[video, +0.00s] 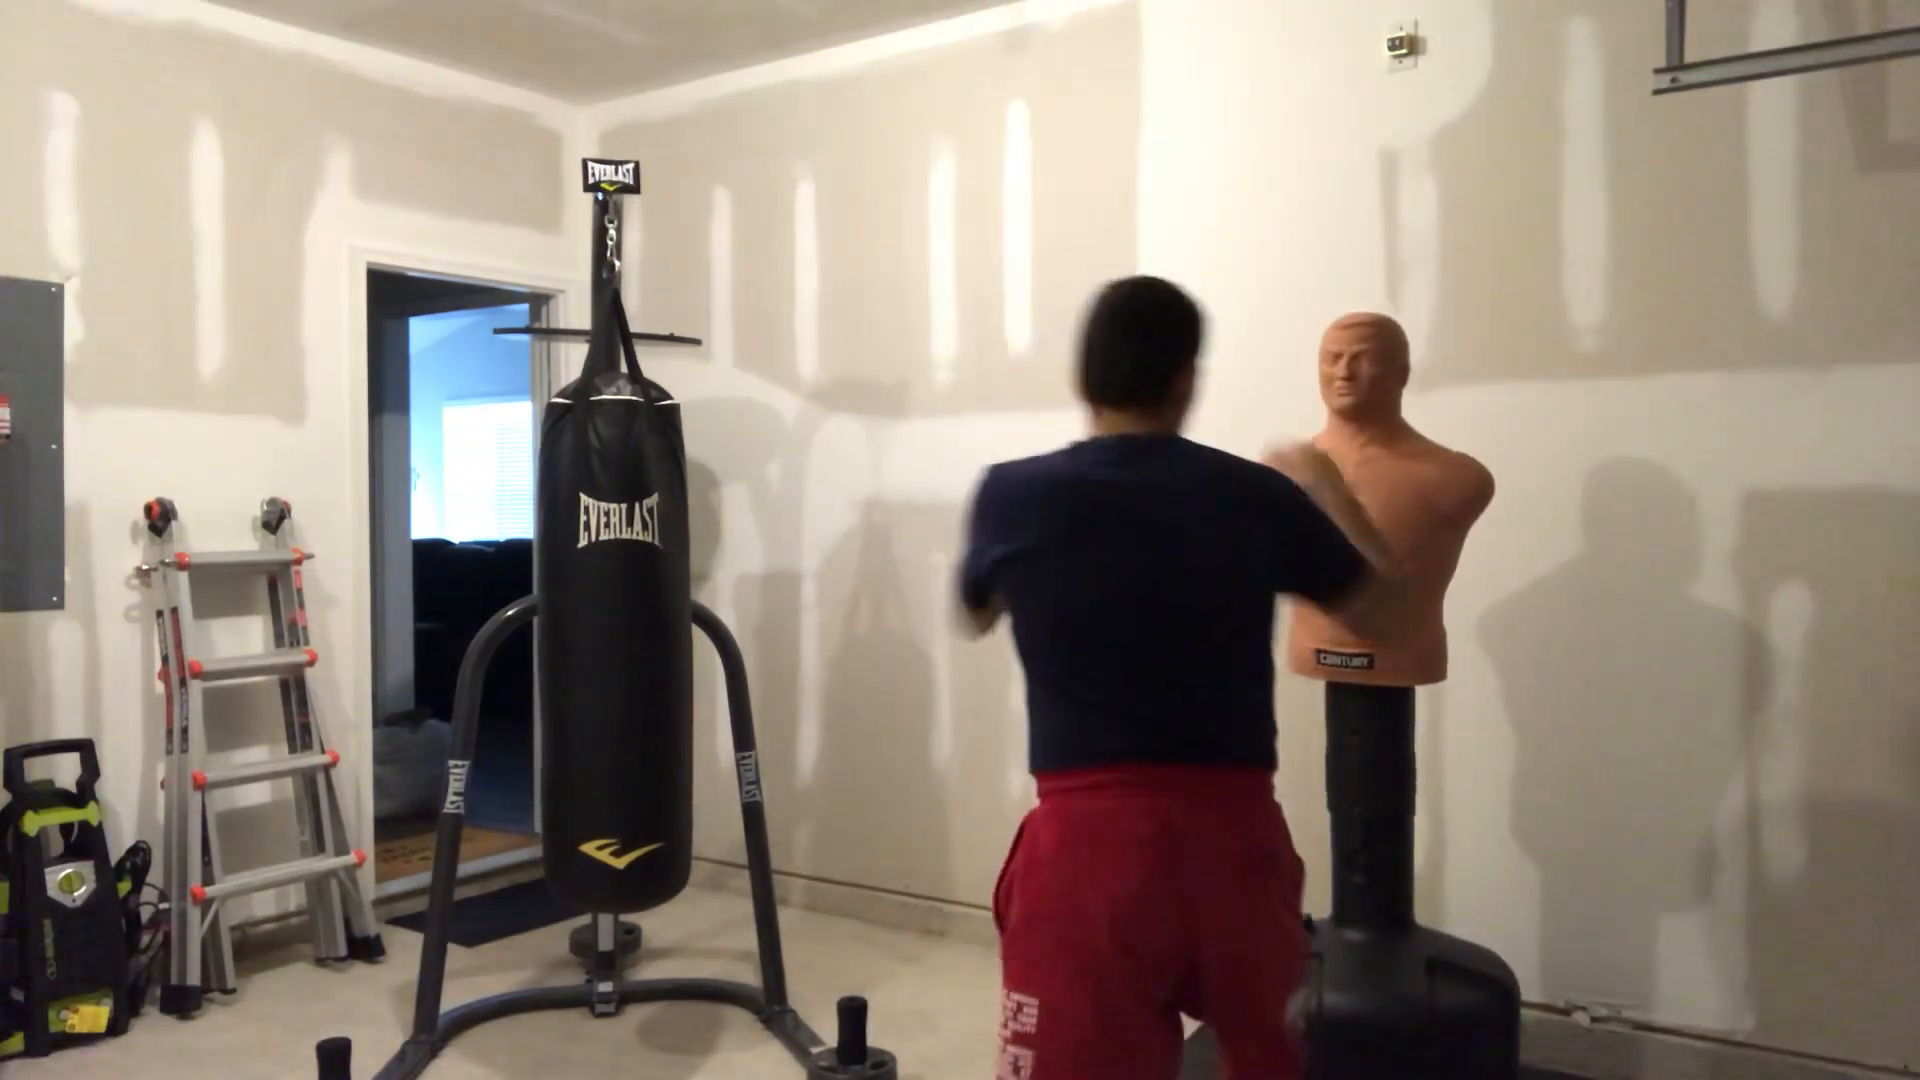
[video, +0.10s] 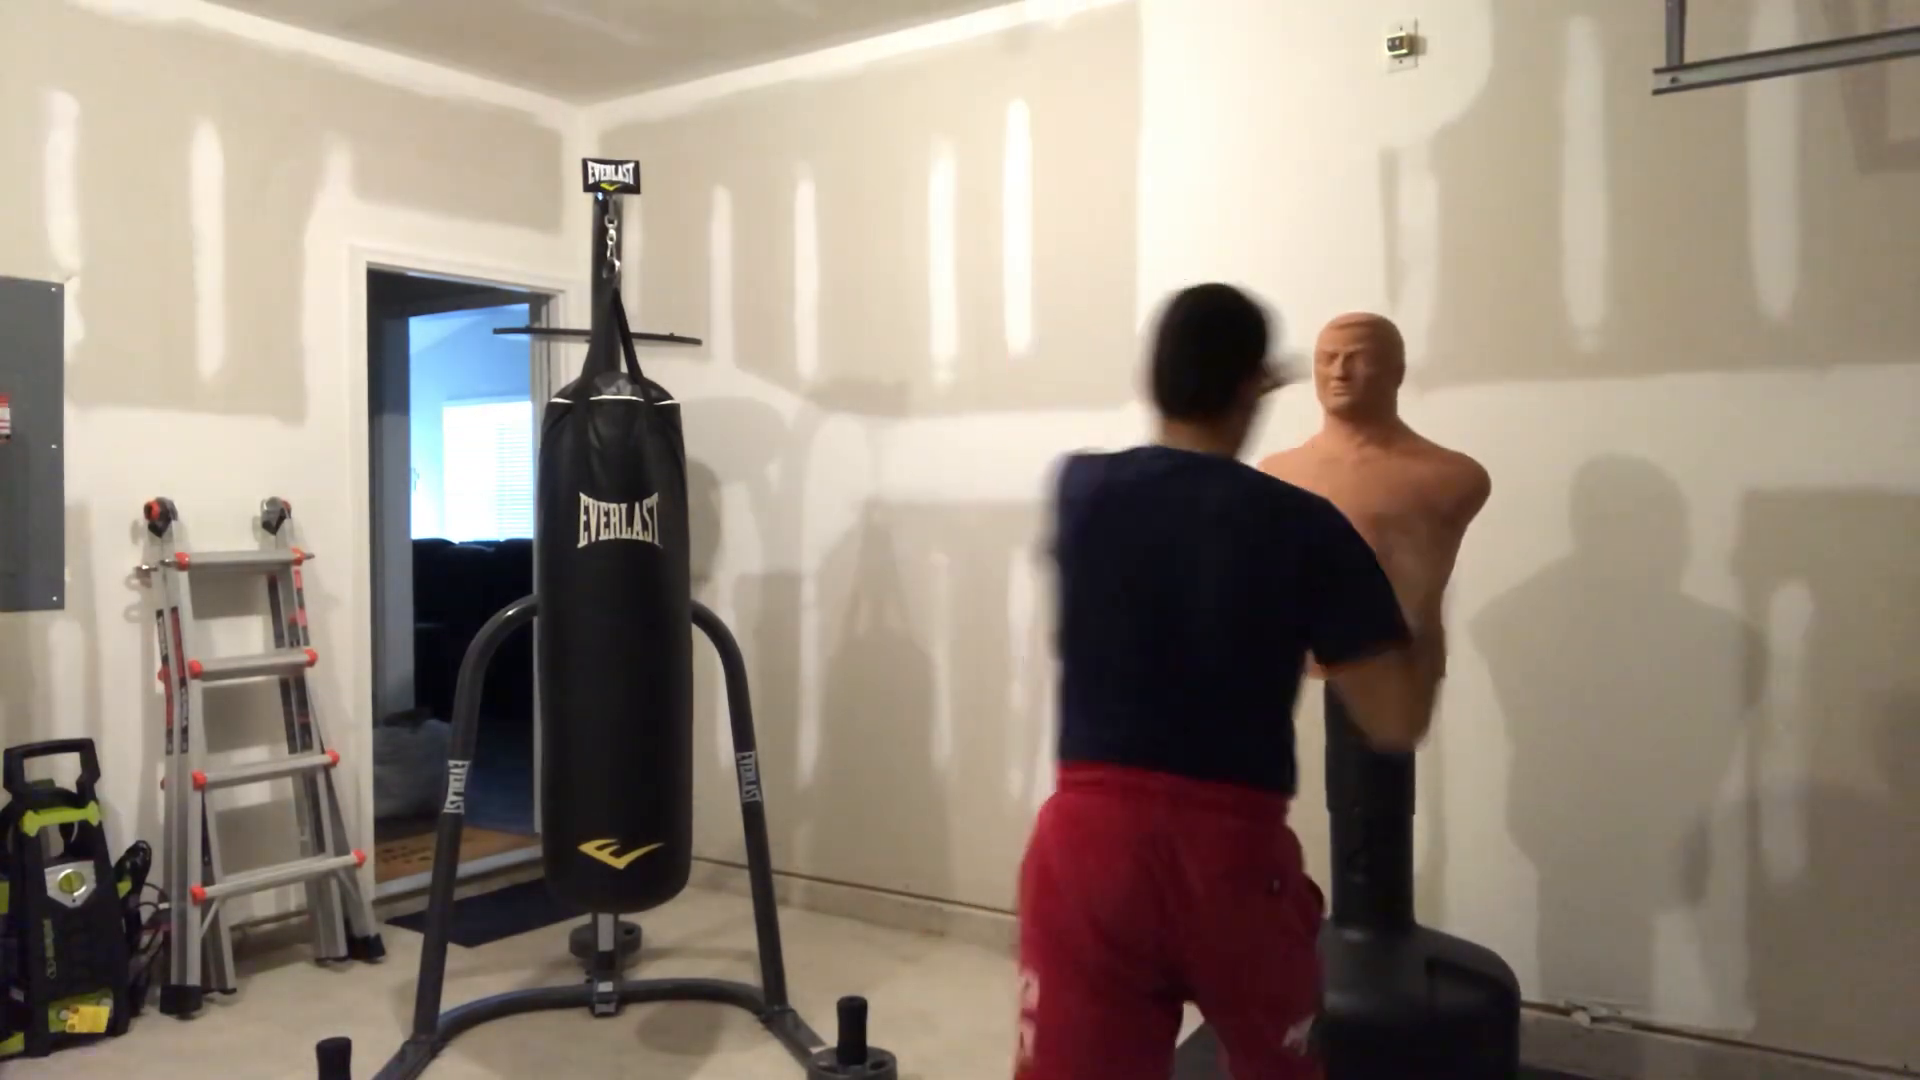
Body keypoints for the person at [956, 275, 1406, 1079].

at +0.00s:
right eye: (1188, 365)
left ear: (1082, 375)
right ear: (1188, 378)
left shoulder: (1015, 496)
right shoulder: (1252, 499)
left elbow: (974, 614)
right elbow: (1383, 610)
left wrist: (1047, 528)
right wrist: (1331, 488)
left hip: (1084, 843)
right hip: (1236, 840)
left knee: (1076, 1062)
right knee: (1273, 1062)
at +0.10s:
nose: (1279, 388)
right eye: (1275, 372)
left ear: (1151, 378)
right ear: (1257, 385)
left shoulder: (1079, 488)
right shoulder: (1302, 526)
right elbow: (1396, 720)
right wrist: (1424, 621)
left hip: (1085, 846)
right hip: (1236, 858)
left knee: (1070, 1066)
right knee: (1277, 1063)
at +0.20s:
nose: (1355, 384)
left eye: (1355, 366)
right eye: (1353, 367)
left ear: (1234, 371)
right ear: (1338, 383)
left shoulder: (1164, 464)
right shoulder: (1338, 538)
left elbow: (1212, 395)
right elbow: (1422, 738)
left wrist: (1289, 342)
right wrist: (1511, 618)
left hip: (1109, 813)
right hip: (1245, 848)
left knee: (1025, 1059)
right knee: (1280, 1064)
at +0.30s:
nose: (1412, 374)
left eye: (1406, 355)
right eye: (1411, 357)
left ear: (1291, 359)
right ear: (1398, 370)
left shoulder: (1228, 438)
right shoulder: (1396, 520)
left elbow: (1163, 411)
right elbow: (1542, 684)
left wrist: (1177, 360)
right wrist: (1561, 555)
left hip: (1132, 744)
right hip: (1231, 815)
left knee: (1051, 873)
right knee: (1264, 1054)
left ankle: (950, 1025)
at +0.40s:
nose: (1456, 401)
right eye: (1455, 385)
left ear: (1322, 378)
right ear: (1445, 398)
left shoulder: (1257, 453)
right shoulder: (1437, 525)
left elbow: (1129, 482)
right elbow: (1584, 627)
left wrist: (1059, 480)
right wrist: (1508, 504)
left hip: (1131, 686)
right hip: (1200, 793)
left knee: (1180, 591)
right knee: (1263, 1037)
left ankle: (1050, 626)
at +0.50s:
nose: (1475, 436)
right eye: (1473, 422)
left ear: (1343, 428)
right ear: (1459, 442)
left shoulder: (1270, 489)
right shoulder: (1439, 563)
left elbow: (1118, 565)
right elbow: (1547, 635)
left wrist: (1005, 621)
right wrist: (1450, 530)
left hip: (1133, 667)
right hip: (1186, 785)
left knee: (1246, 506)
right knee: (1241, 1022)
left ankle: (1287, 379)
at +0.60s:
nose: (1486, 475)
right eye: (1481, 463)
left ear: (1359, 443)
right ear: (1468, 480)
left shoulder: (1269, 507)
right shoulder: (1433, 612)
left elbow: (1117, 608)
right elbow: (1532, 698)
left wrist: (1009, 691)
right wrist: (1460, 588)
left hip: (1142, 695)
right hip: (1192, 798)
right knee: (1234, 1019)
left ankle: (1309, 415)